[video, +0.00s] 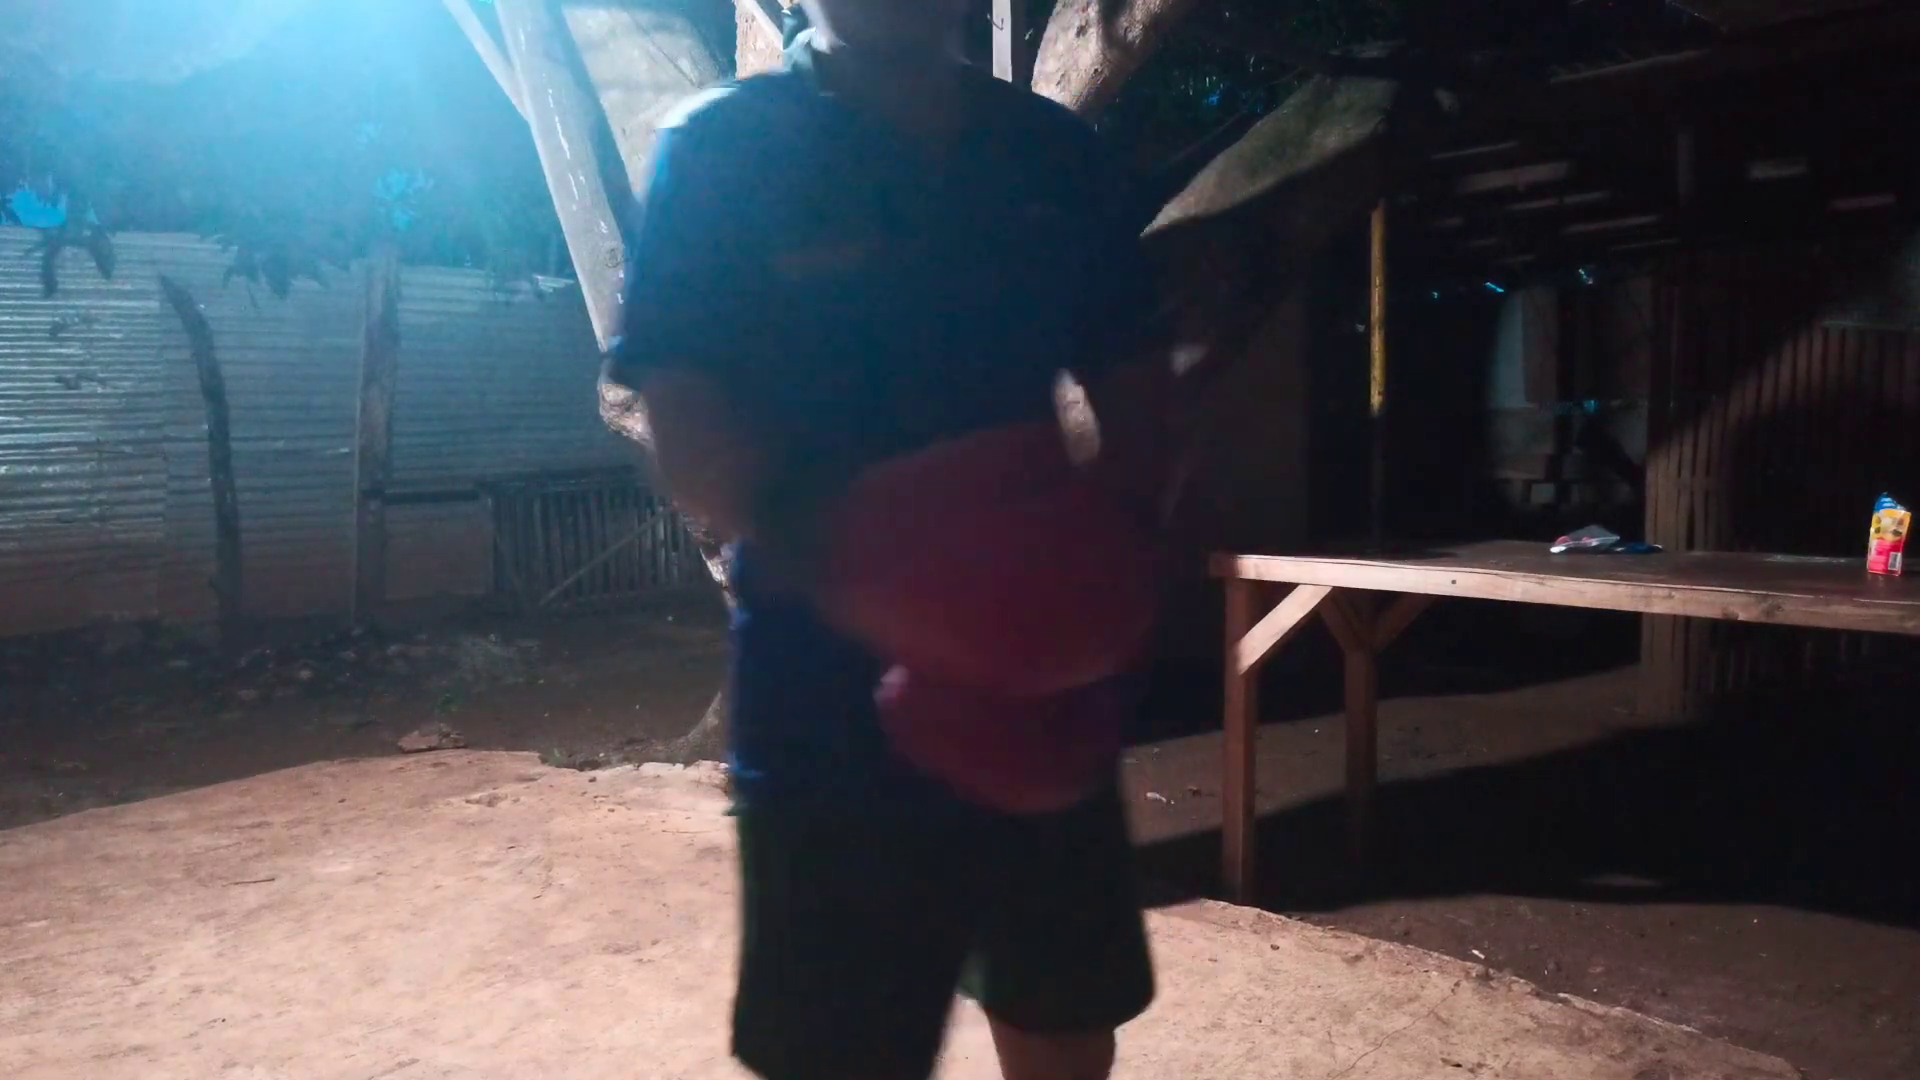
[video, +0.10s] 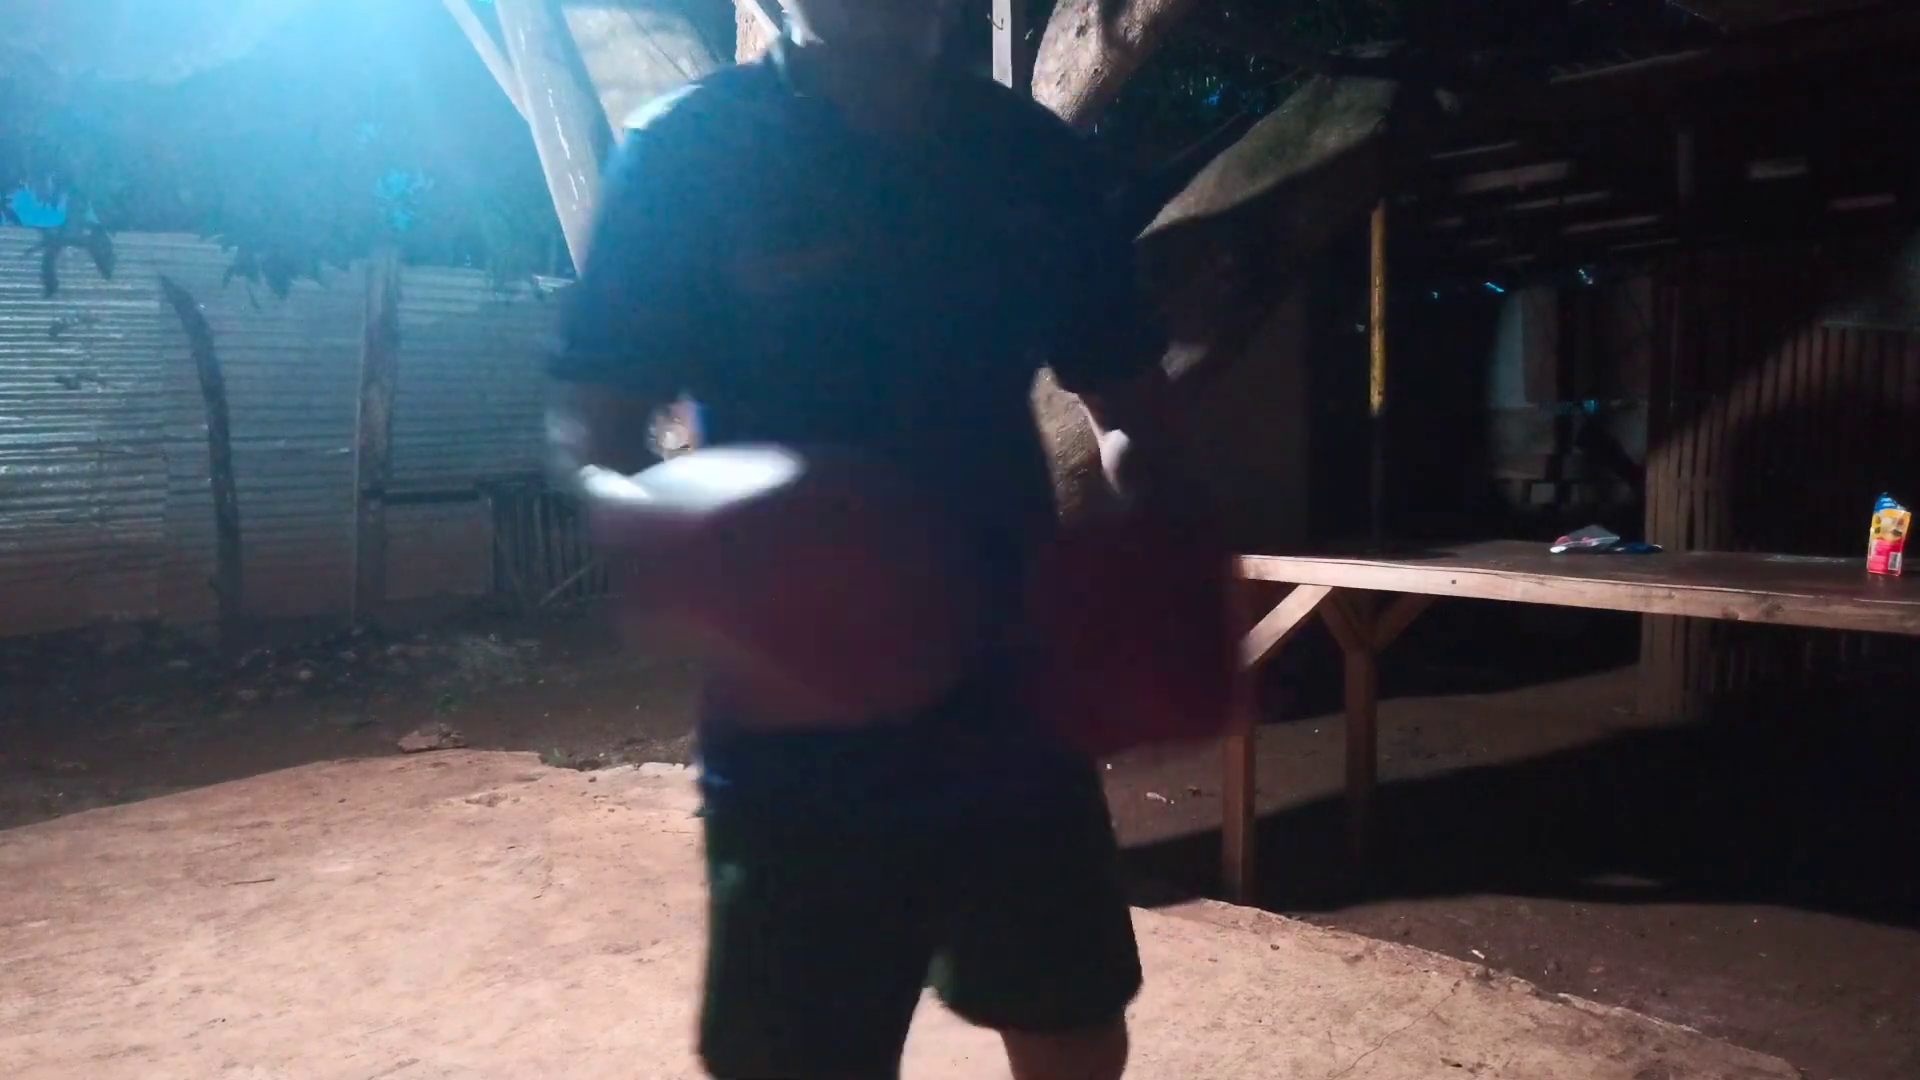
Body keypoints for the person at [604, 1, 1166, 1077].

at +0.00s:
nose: (907, 2)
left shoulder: (1056, 148)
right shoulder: (728, 144)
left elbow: (1141, 401)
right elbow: (689, 441)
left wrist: (1087, 572)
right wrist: (905, 586)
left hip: (1040, 681)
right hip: (828, 693)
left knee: (1067, 1034)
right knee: (837, 1053)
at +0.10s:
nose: (894, 7)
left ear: (956, 3)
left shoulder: (1036, 152)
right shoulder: (688, 151)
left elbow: (1137, 404)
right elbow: (590, 425)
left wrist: (1158, 567)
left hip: (1007, 680)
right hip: (789, 695)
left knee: (1077, 1042)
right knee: (795, 1062)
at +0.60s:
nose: (867, 16)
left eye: (894, 3)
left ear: (935, 10)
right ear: (765, 4)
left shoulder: (1015, 149)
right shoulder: (669, 154)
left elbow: (1186, 360)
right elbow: (513, 368)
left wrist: (1109, 354)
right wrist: (591, 404)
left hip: (994, 703)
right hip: (780, 723)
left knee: (1069, 1037)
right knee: (800, 1060)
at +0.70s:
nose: (877, 6)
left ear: (949, 8)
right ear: (781, 2)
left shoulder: (1040, 162)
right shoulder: (682, 167)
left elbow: (1220, 363)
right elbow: (515, 398)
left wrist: (1073, 392)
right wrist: (638, 403)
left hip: (1013, 721)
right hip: (801, 740)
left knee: (1088, 1046)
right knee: (829, 1063)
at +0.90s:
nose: (921, 32)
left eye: (948, 9)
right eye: (882, 9)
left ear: (987, 28)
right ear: (813, 27)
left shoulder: (1069, 200)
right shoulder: (748, 214)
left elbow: (1232, 381)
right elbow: (578, 410)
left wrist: (1073, 390)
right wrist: (714, 379)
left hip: (1035, 709)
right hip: (844, 719)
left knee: (1059, 1026)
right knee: (854, 1050)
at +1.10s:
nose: (957, 55)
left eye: (988, 28)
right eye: (927, 27)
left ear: (1031, 53)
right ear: (873, 52)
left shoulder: (1094, 215)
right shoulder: (807, 216)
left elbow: (1236, 390)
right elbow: (654, 411)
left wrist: (1125, 385)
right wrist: (770, 358)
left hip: (1042, 664)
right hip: (868, 668)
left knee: (1036, 952)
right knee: (857, 1010)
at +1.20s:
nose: (977, 55)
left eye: (1005, 29)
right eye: (946, 27)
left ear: (1041, 51)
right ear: (884, 44)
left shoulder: (1083, 206)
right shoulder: (819, 203)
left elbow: (1208, 402)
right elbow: (671, 416)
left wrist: (1122, 343)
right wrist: (793, 301)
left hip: (1033, 639)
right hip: (862, 640)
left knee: (1024, 942)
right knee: (850, 983)